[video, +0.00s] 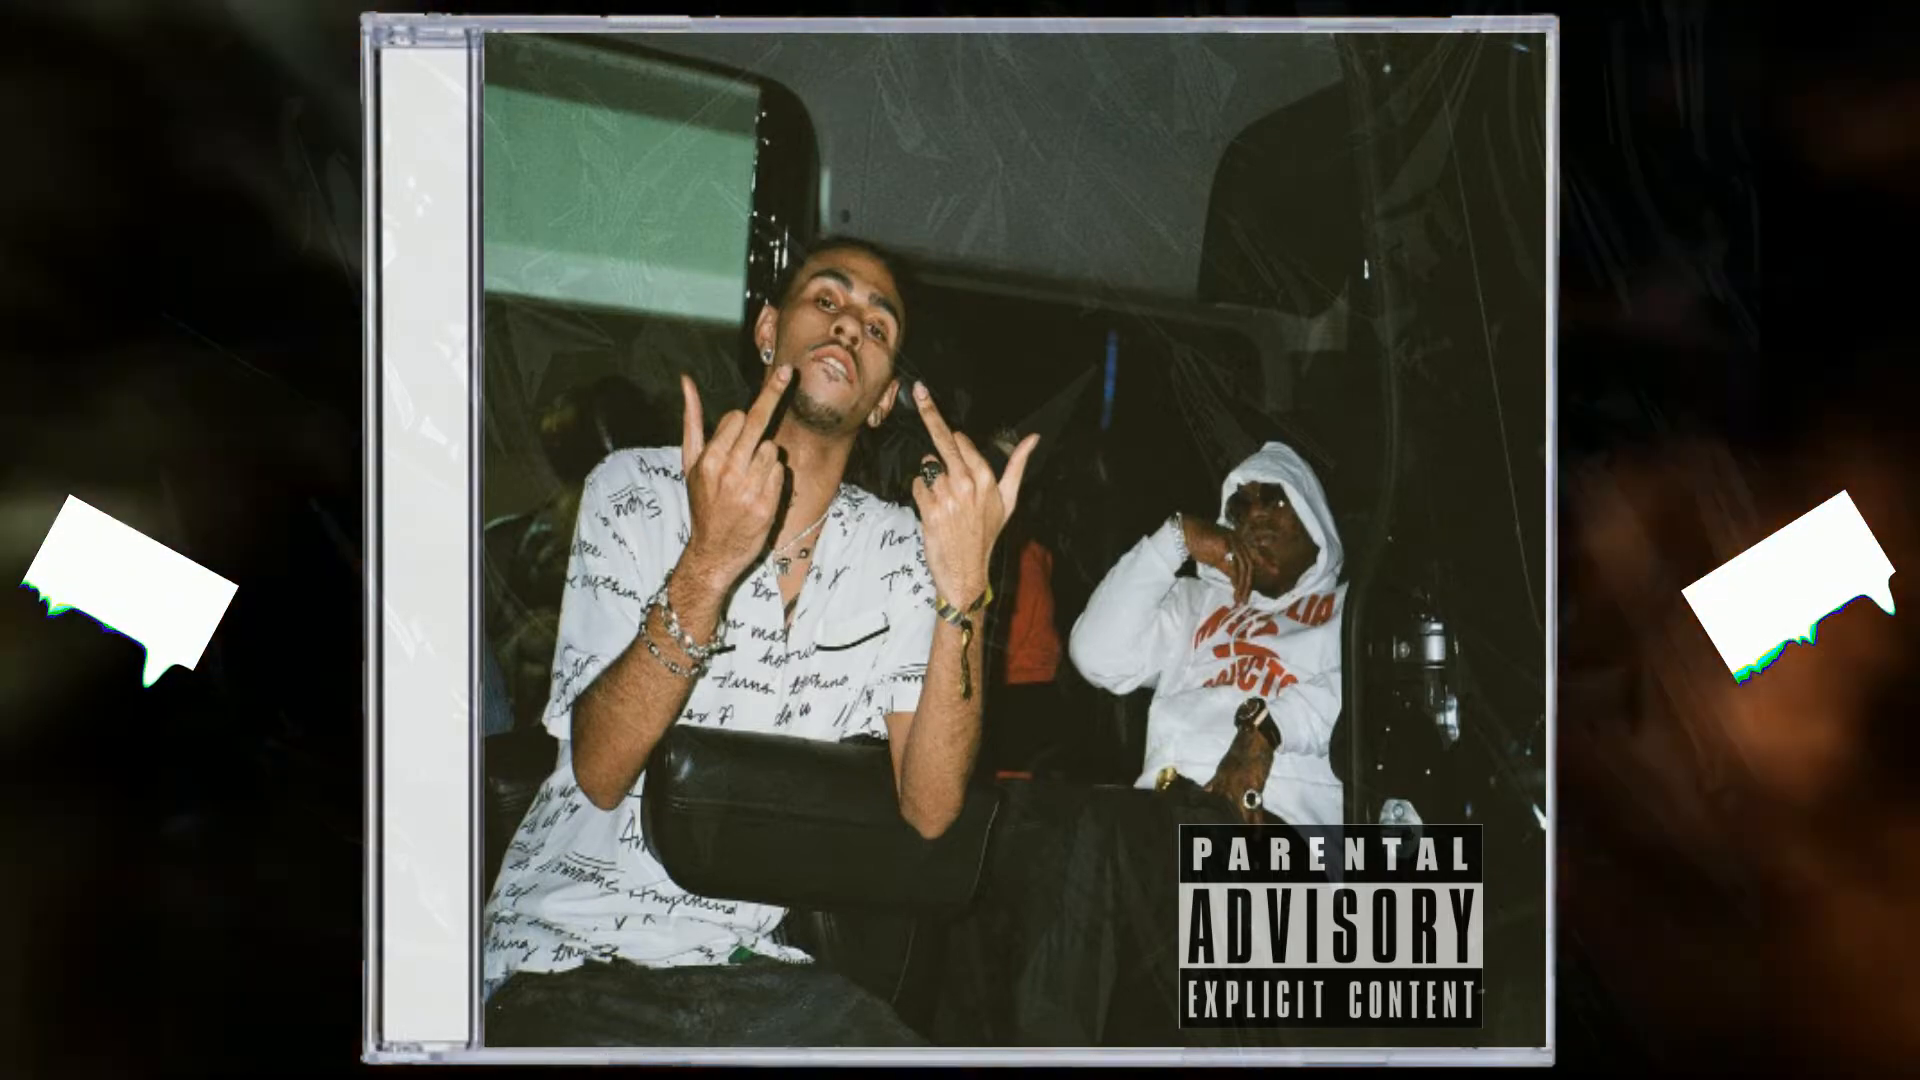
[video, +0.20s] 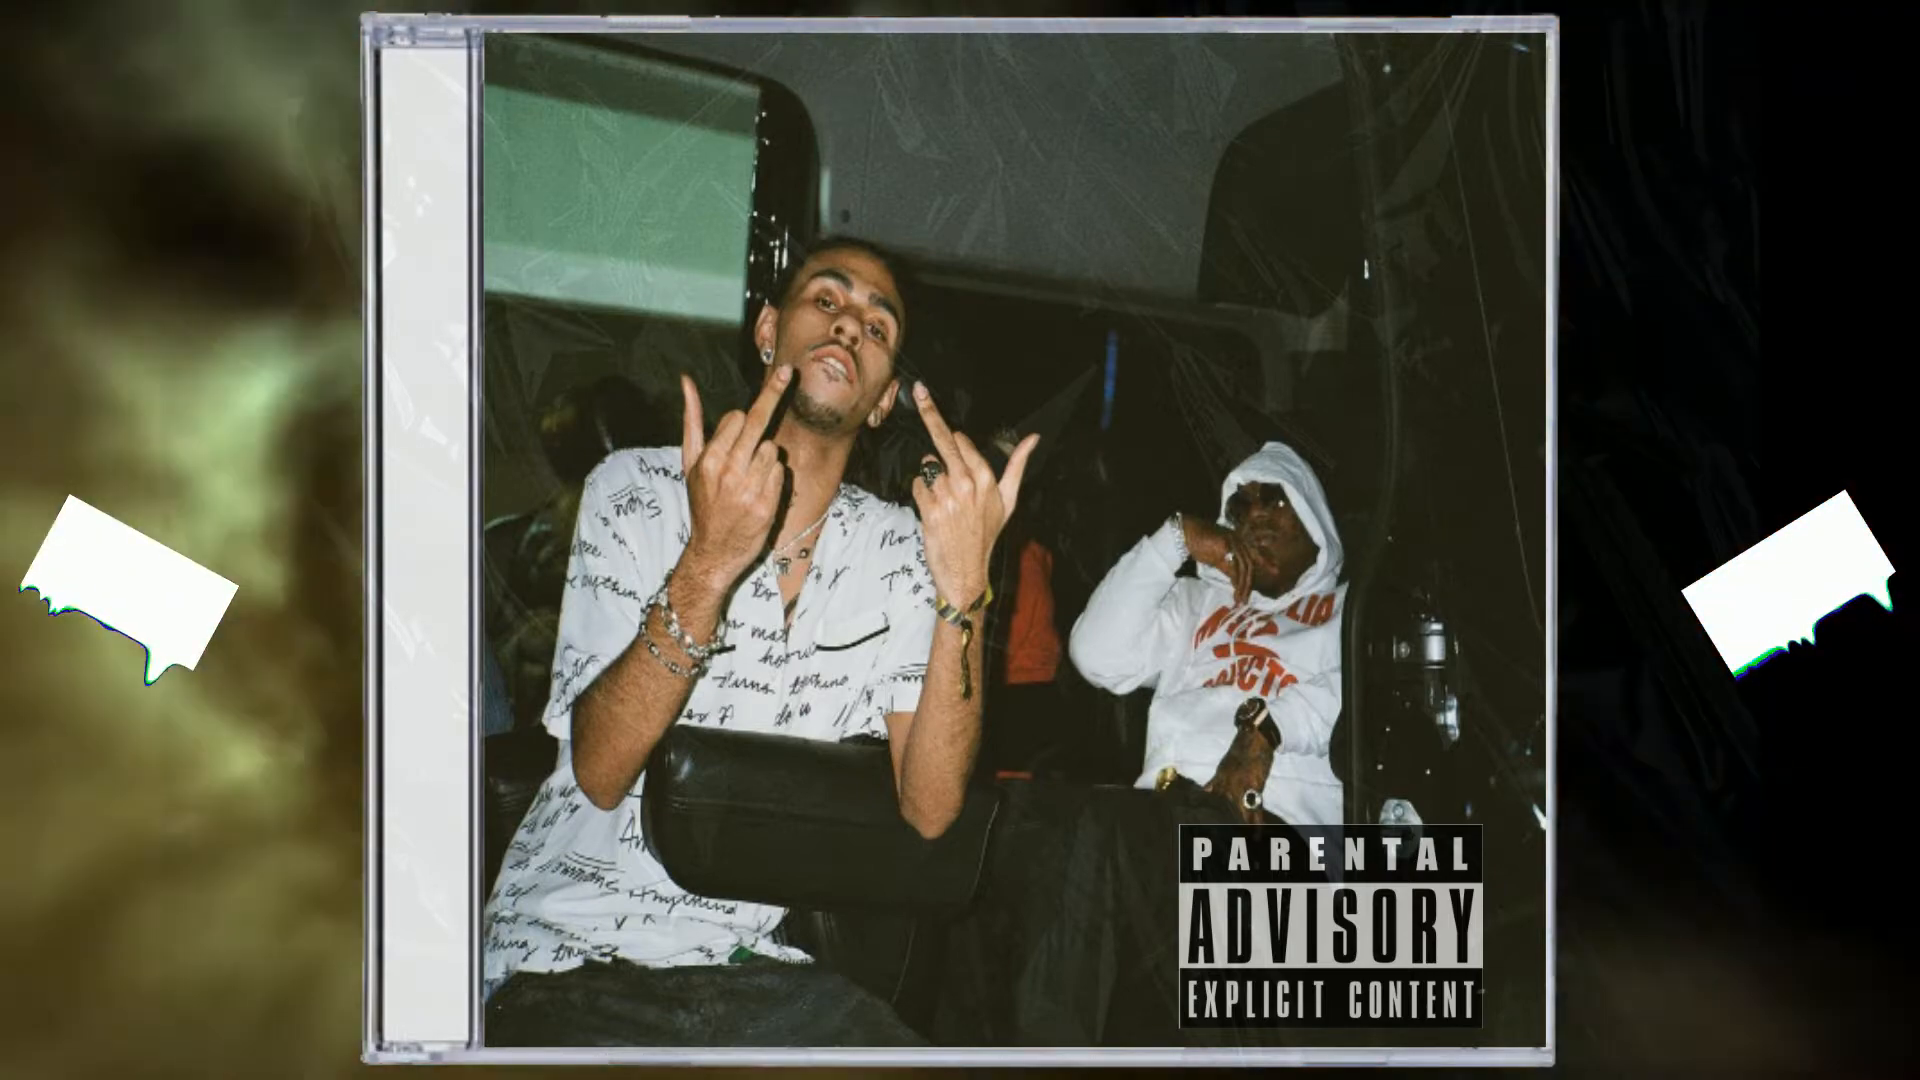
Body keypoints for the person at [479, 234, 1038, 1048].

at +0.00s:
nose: (852, 323)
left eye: (878, 323)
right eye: (826, 299)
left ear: (886, 396)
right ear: (766, 332)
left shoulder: (902, 550)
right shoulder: (638, 490)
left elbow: (930, 809)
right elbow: (601, 770)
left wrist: (965, 593)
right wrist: (709, 564)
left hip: (754, 956)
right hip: (568, 943)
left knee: (905, 1060)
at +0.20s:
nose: (852, 323)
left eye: (878, 324)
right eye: (826, 299)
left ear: (887, 396)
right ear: (767, 333)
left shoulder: (902, 551)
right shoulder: (637, 490)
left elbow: (931, 809)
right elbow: (601, 771)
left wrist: (966, 593)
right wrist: (709, 564)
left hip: (755, 958)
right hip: (569, 946)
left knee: (910, 1066)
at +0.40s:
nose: (852, 323)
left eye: (879, 323)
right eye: (826, 299)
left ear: (887, 396)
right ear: (767, 332)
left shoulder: (902, 550)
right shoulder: (638, 490)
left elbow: (931, 809)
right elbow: (601, 770)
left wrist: (965, 593)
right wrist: (709, 564)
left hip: (756, 957)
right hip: (569, 946)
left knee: (906, 1062)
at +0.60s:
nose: (852, 323)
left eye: (879, 324)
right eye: (826, 299)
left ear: (887, 396)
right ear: (767, 333)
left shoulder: (902, 550)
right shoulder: (637, 490)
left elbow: (930, 809)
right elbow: (601, 770)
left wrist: (965, 593)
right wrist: (709, 564)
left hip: (756, 958)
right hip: (570, 946)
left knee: (905, 1061)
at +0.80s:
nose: (852, 323)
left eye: (879, 324)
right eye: (826, 299)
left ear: (887, 396)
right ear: (767, 333)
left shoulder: (902, 551)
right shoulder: (637, 490)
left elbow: (931, 809)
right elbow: (601, 771)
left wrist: (966, 593)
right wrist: (709, 564)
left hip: (754, 957)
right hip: (568, 945)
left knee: (907, 1063)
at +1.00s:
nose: (851, 323)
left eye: (879, 323)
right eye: (826, 298)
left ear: (887, 395)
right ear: (767, 333)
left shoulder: (903, 550)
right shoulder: (638, 490)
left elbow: (931, 809)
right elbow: (601, 770)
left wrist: (965, 594)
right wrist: (710, 564)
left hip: (757, 957)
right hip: (572, 945)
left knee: (911, 1066)